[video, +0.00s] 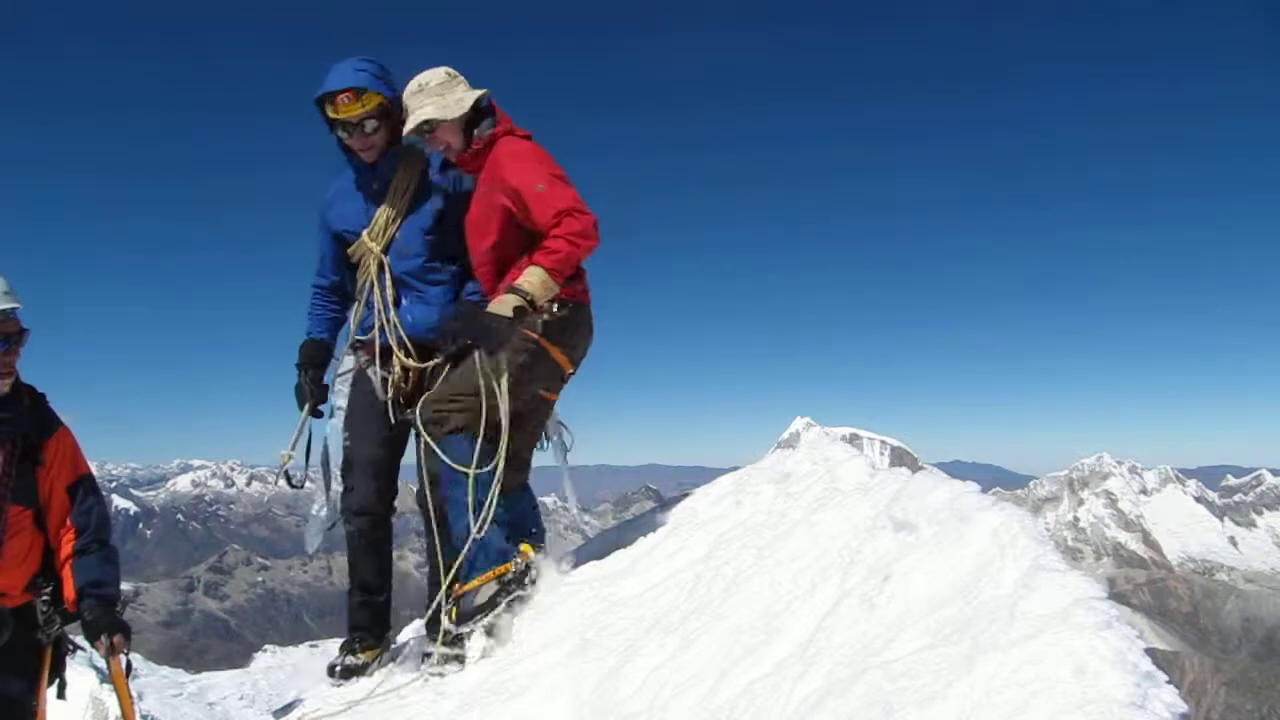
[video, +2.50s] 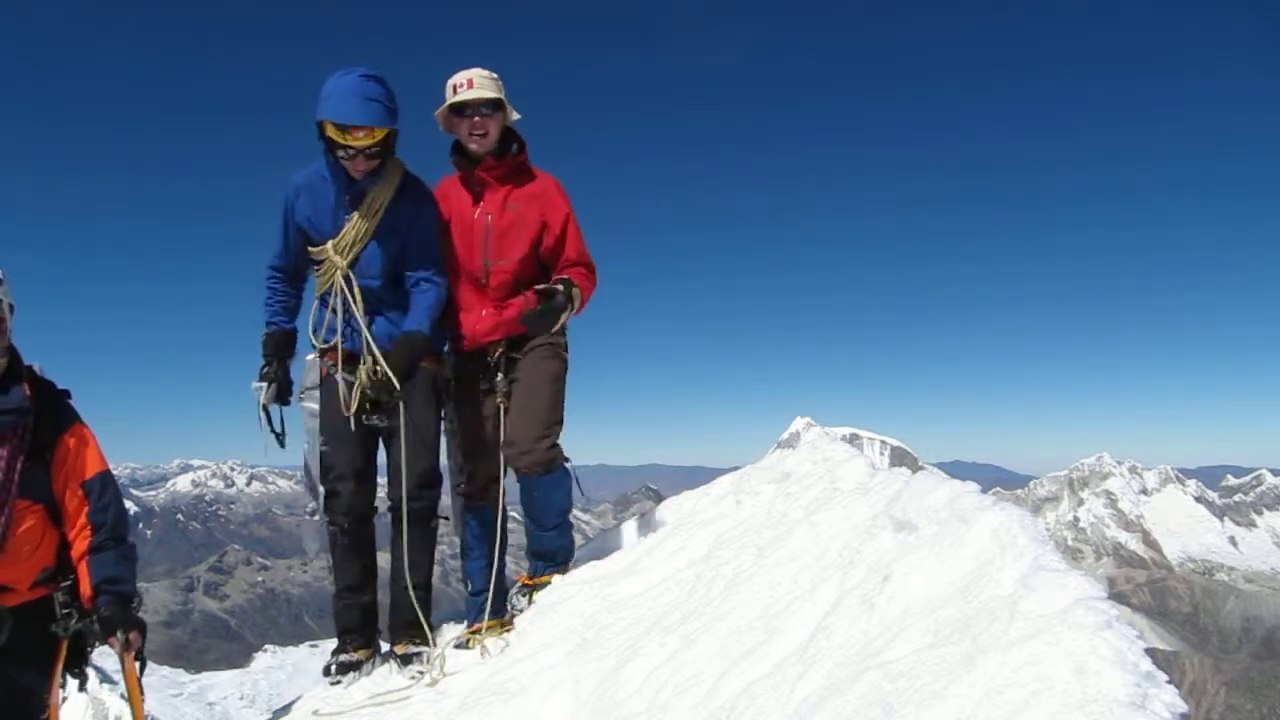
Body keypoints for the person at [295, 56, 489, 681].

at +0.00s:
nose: (361, 133)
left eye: (370, 117)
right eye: (346, 123)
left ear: (397, 113)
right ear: (334, 130)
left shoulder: (443, 179)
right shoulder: (340, 197)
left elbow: (486, 257)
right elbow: (328, 288)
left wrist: (466, 314)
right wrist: (314, 357)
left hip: (445, 352)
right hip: (374, 358)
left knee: (446, 485)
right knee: (363, 493)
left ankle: (452, 618)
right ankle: (367, 635)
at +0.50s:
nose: (369, 110)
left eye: (379, 99)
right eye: (356, 101)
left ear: (398, 105)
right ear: (342, 111)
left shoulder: (437, 178)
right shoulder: (329, 187)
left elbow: (461, 262)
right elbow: (300, 262)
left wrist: (455, 332)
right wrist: (278, 308)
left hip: (424, 350)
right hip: (351, 354)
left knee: (419, 491)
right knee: (357, 494)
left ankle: (411, 628)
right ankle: (363, 633)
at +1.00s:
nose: (392, 120)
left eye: (403, 109)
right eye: (381, 109)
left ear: (421, 115)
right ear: (364, 113)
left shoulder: (446, 189)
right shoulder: (334, 184)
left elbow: (470, 271)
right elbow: (296, 258)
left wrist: (449, 342)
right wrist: (285, 302)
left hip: (423, 358)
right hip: (350, 360)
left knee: (416, 494)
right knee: (355, 496)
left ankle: (412, 631)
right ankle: (362, 633)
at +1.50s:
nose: (381, 137)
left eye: (394, 125)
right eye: (368, 123)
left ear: (411, 128)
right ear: (346, 122)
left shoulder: (429, 194)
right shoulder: (316, 186)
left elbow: (450, 276)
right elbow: (275, 273)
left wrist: (437, 348)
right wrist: (272, 344)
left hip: (412, 356)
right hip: (337, 359)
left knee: (414, 494)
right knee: (348, 497)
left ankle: (410, 633)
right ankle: (358, 638)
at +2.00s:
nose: (364, 159)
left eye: (376, 146)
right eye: (351, 146)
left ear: (394, 141)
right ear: (330, 140)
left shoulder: (415, 201)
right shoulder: (305, 195)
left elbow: (428, 290)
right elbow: (273, 280)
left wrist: (413, 359)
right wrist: (270, 353)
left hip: (407, 366)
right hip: (337, 373)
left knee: (414, 499)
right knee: (343, 502)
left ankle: (410, 634)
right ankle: (355, 638)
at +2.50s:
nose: (361, 156)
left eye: (373, 144)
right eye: (347, 143)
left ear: (390, 135)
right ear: (327, 135)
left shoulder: (411, 196)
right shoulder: (306, 191)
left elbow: (428, 278)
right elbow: (283, 276)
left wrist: (413, 342)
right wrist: (277, 352)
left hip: (409, 359)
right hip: (340, 366)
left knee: (415, 494)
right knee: (345, 499)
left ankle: (410, 632)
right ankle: (355, 638)